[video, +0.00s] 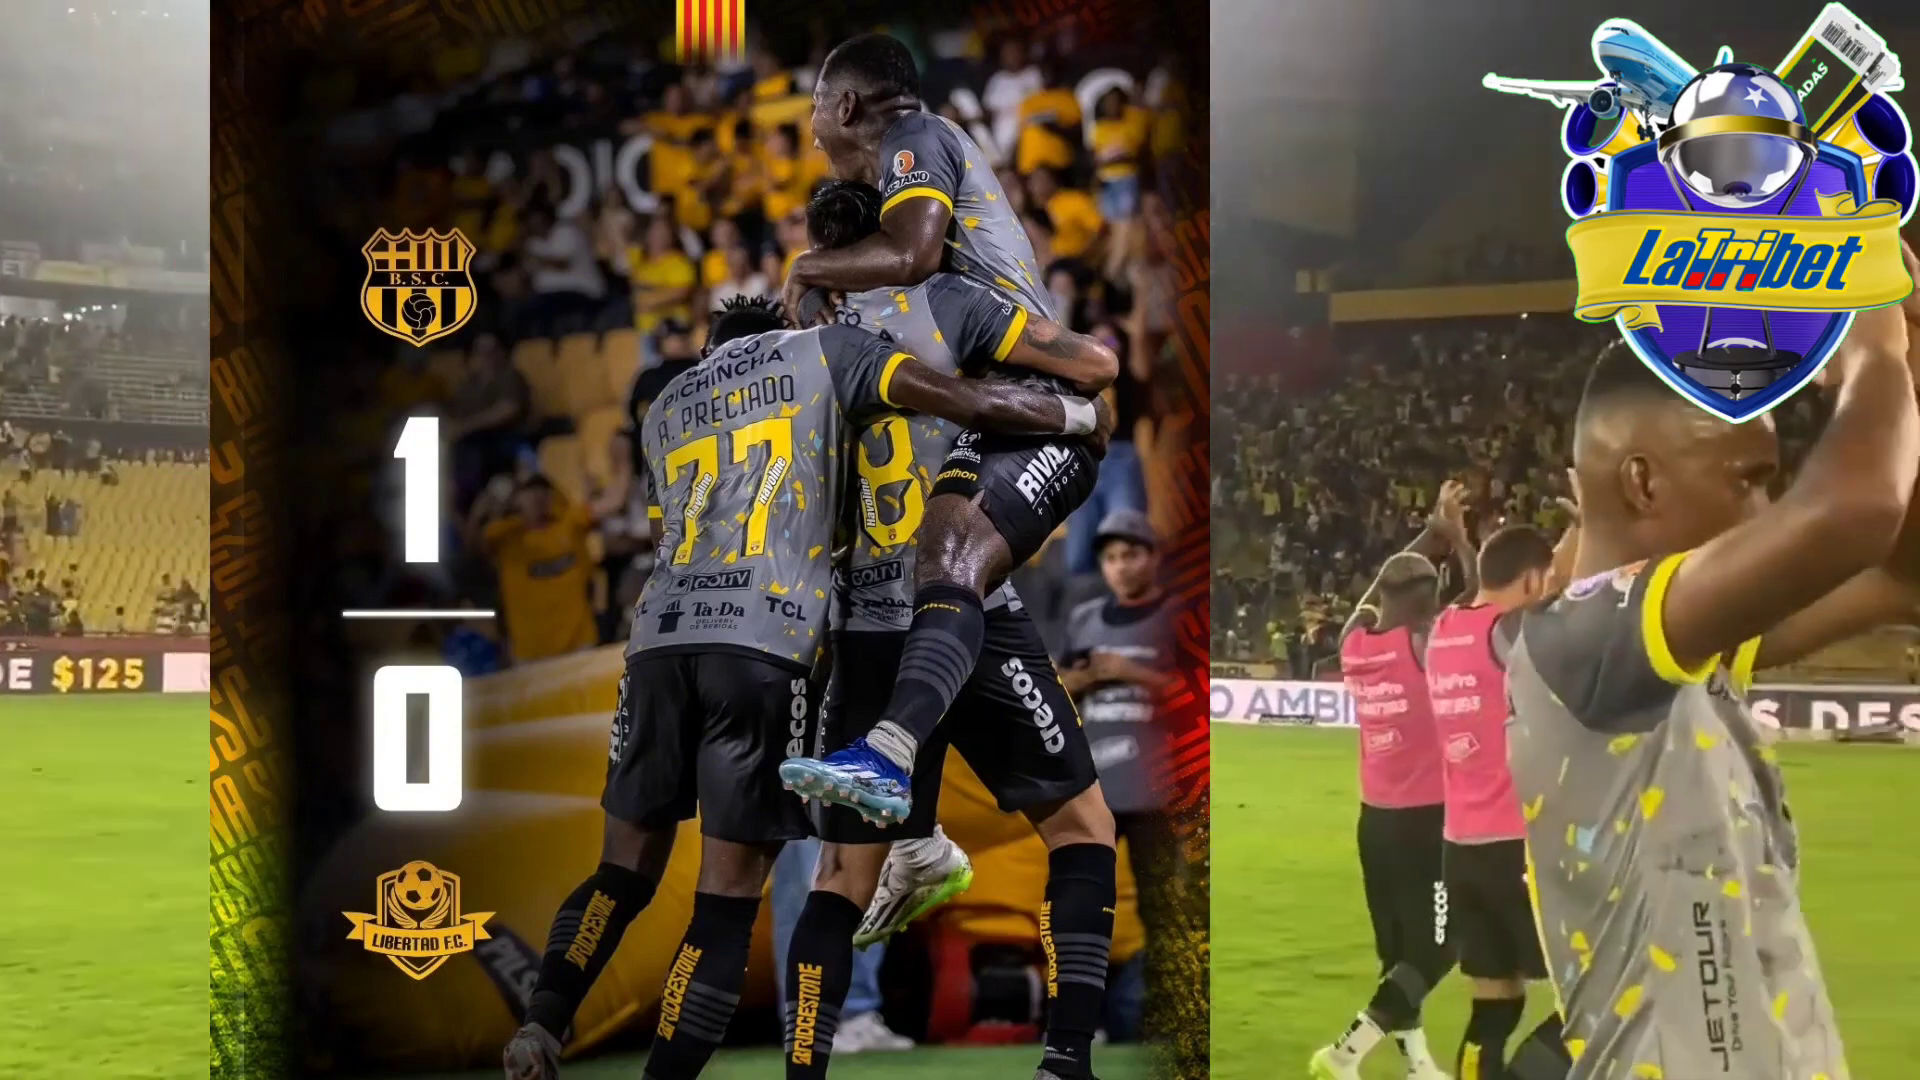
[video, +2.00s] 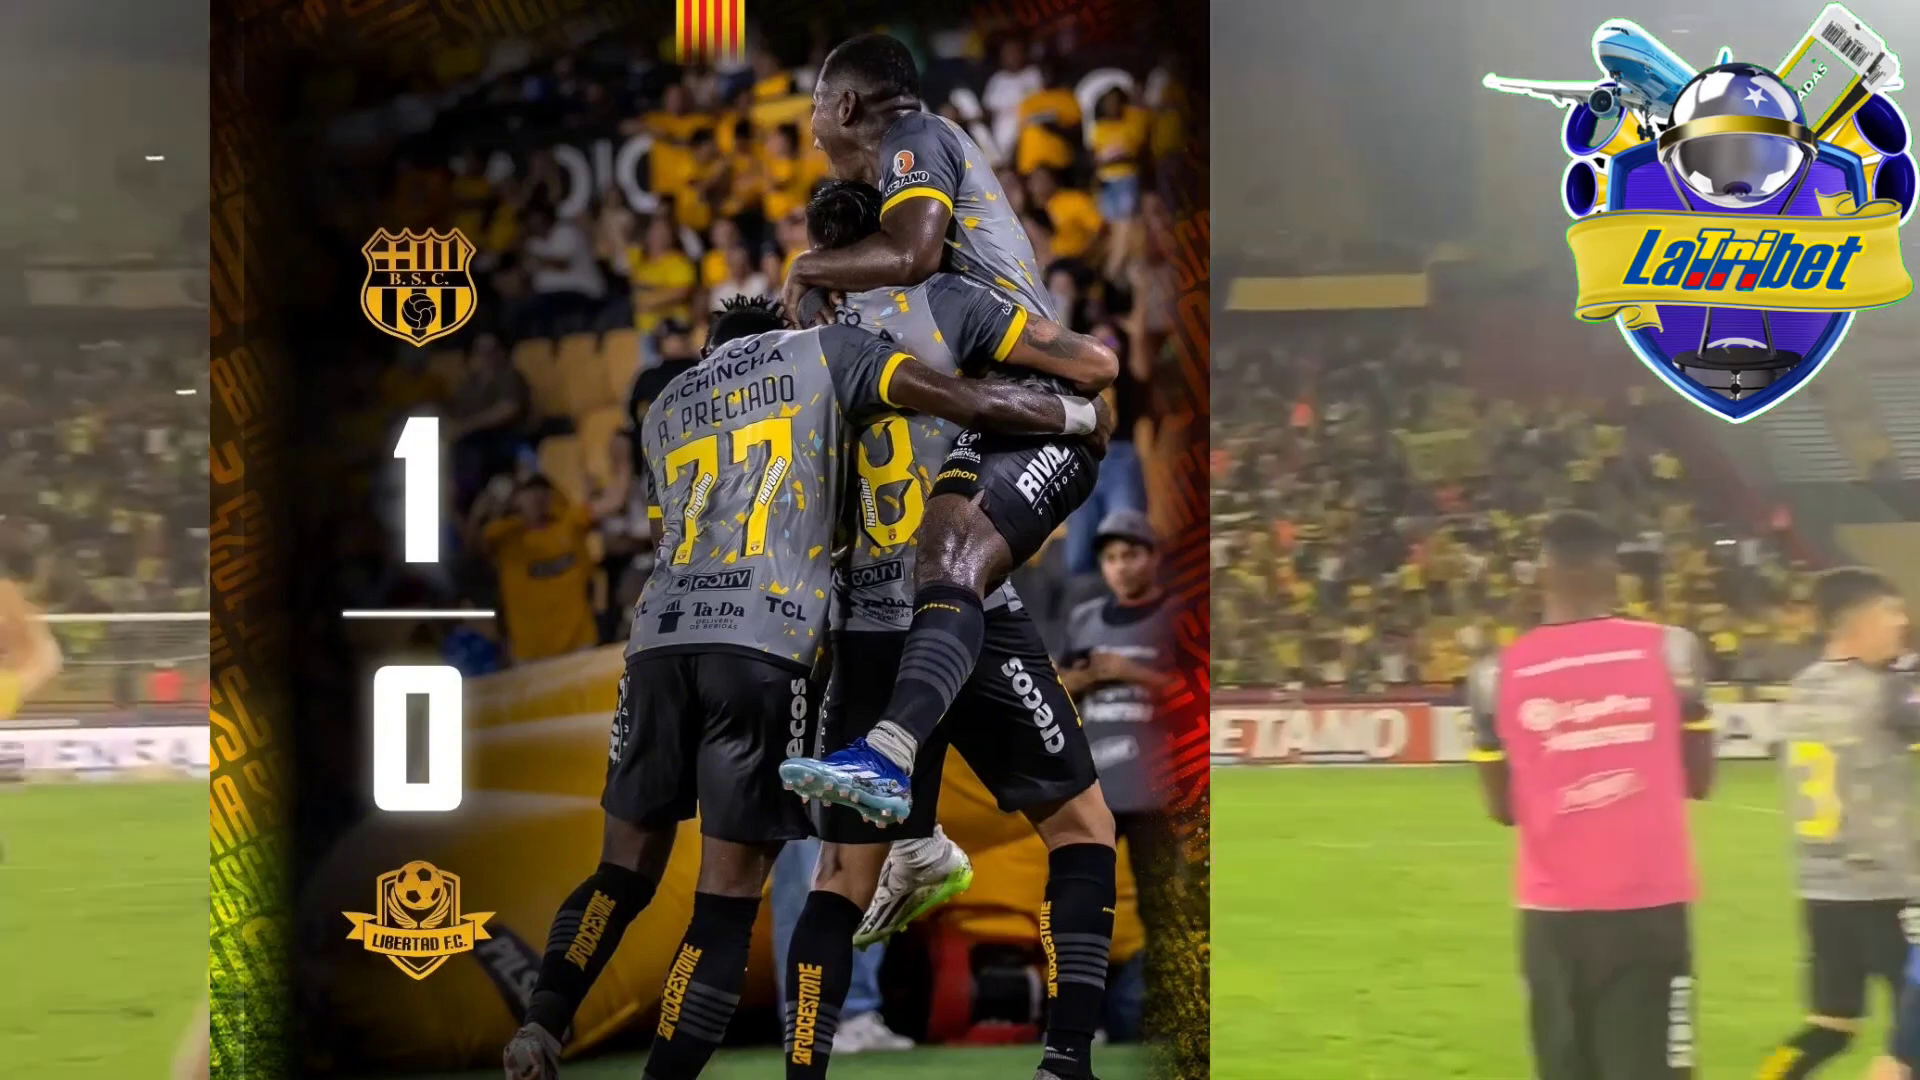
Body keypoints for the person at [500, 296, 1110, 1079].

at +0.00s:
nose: (828, 326)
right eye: (816, 319)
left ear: (709, 345)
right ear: (792, 324)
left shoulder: (661, 406)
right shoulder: (829, 348)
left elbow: (681, 519)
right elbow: (969, 399)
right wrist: (1087, 418)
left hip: (658, 648)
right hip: (762, 648)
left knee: (623, 865)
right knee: (728, 891)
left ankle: (542, 1027)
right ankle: (667, 1076)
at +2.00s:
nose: (826, 325)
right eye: (814, 319)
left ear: (709, 346)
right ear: (792, 324)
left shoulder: (660, 405)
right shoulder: (830, 348)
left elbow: (680, 520)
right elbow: (970, 400)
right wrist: (1088, 417)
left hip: (657, 648)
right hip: (762, 649)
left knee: (623, 865)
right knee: (727, 892)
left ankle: (542, 1028)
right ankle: (667, 1075)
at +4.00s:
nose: (828, 326)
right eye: (816, 319)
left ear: (709, 345)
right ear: (792, 324)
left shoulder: (661, 406)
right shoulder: (829, 348)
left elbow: (681, 519)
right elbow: (969, 399)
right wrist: (1087, 418)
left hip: (657, 648)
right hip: (762, 648)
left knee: (623, 866)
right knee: (728, 891)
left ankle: (542, 1027)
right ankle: (667, 1076)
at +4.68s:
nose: (825, 325)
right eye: (813, 319)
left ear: (709, 345)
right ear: (791, 324)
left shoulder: (661, 405)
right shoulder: (830, 348)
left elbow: (680, 520)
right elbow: (970, 400)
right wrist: (1088, 417)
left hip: (657, 648)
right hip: (761, 649)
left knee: (624, 866)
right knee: (727, 892)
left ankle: (542, 1027)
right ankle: (667, 1074)